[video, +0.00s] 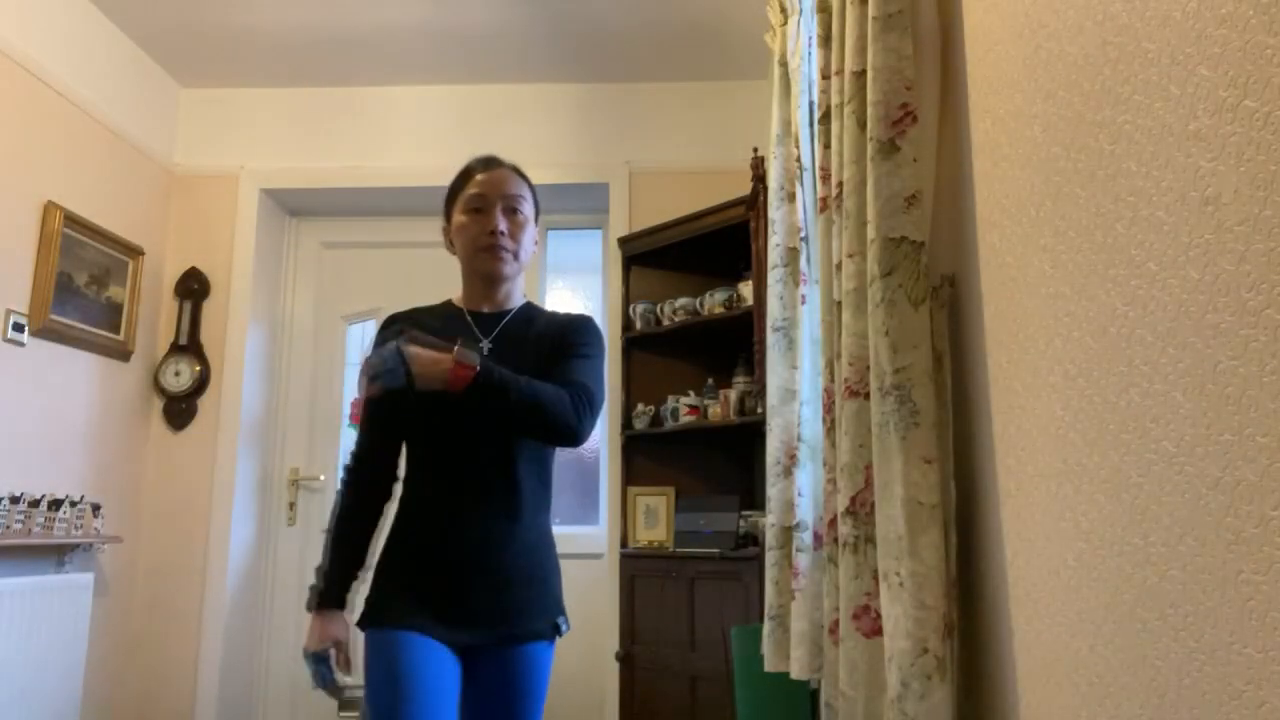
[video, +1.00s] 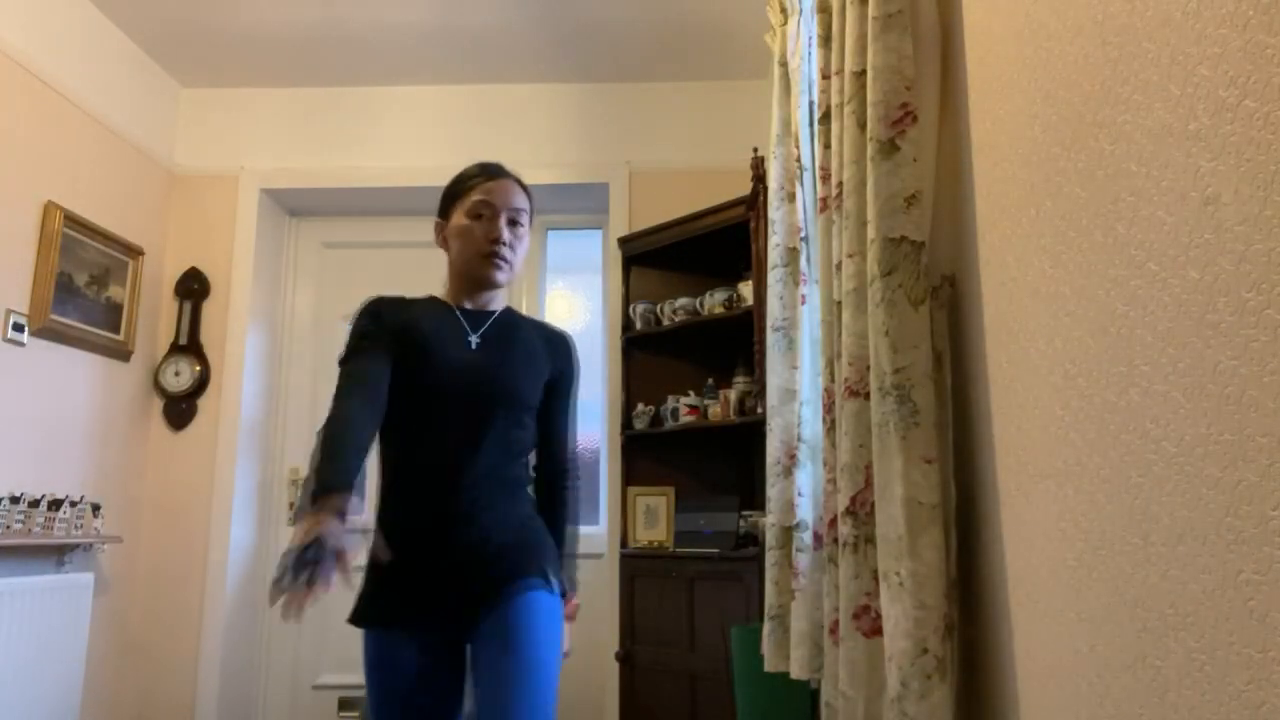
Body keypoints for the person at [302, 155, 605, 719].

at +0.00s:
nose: (497, 221)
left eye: (514, 209)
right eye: (477, 208)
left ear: (534, 234)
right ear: (449, 231)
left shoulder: (572, 334)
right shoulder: (406, 333)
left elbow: (574, 418)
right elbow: (371, 471)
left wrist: (458, 369)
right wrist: (329, 600)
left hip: (519, 604)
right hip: (413, 602)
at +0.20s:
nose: (499, 240)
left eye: (514, 229)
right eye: (481, 222)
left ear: (529, 250)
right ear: (444, 241)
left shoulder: (557, 352)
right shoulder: (397, 335)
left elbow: (570, 445)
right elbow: (323, 433)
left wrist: (548, 516)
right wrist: (247, 517)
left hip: (509, 608)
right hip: (406, 603)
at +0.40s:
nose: (505, 243)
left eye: (515, 232)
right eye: (485, 224)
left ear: (521, 251)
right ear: (437, 240)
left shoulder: (537, 354)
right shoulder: (387, 316)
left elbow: (566, 482)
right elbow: (357, 335)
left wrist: (595, 607)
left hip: (491, 574)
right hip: (389, 580)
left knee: (488, 703)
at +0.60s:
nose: (519, 256)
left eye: (525, 244)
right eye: (503, 235)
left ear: (531, 259)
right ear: (442, 243)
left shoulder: (532, 364)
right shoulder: (388, 327)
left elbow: (537, 480)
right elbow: (406, 330)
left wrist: (551, 591)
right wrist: (479, 306)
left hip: (496, 592)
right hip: (393, 595)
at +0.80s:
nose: (517, 249)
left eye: (524, 237)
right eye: (498, 229)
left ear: (529, 252)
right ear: (444, 242)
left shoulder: (533, 360)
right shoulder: (391, 323)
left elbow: (521, 475)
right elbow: (396, 360)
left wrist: (513, 566)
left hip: (500, 592)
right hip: (405, 589)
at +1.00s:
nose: (501, 232)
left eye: (516, 222)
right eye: (482, 215)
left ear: (529, 244)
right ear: (442, 232)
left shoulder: (551, 348)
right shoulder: (390, 319)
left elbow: (556, 473)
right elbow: (353, 413)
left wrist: (561, 577)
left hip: (514, 575)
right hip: (408, 574)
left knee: (519, 712)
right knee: (404, 711)